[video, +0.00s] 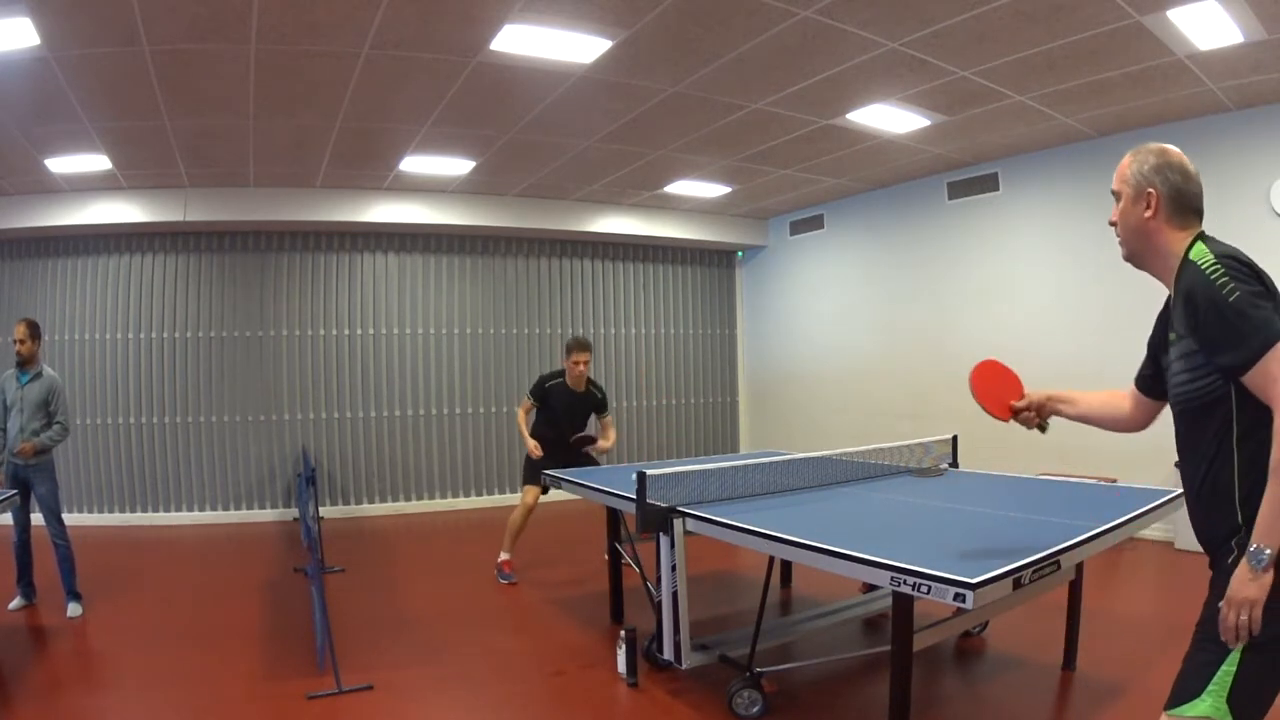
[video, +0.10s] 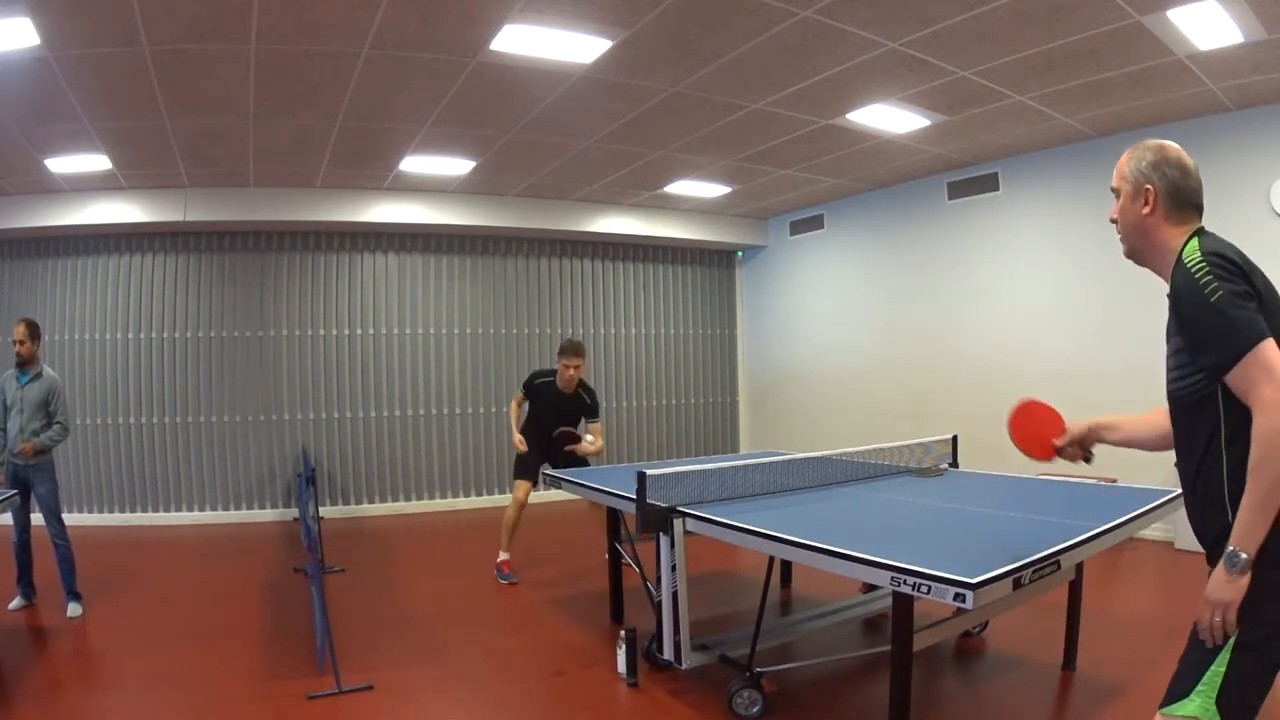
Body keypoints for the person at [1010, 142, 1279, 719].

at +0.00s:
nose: (1109, 218)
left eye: (1116, 199)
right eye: (1111, 200)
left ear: (1149, 205)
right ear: (1153, 206)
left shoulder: (1212, 282)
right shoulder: (1183, 299)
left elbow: (1278, 405)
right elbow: (1136, 410)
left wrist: (1259, 558)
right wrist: (1051, 402)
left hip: (1257, 561)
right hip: (1240, 555)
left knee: (1194, 712)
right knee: (1209, 709)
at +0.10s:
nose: (1111, 215)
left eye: (1115, 196)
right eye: (1111, 198)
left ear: (1147, 200)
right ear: (1155, 200)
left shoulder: (1200, 271)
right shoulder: (1202, 271)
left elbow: (1273, 401)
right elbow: (1195, 421)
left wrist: (1236, 560)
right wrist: (1094, 431)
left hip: (1260, 564)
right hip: (1259, 560)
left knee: (1191, 712)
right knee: (1203, 710)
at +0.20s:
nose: (1116, 226)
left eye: (1123, 207)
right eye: (1118, 208)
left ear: (1153, 212)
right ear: (1161, 212)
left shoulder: (1199, 286)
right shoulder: (1219, 275)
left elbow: (1266, 417)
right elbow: (1226, 428)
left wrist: (1214, 564)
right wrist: (1138, 465)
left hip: (1259, 567)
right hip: (1261, 560)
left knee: (1184, 711)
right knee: (1208, 707)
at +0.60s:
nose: (1109, 263)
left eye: (1117, 243)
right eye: (1108, 245)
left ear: (1164, 242)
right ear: (1160, 244)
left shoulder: (1239, 324)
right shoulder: (1173, 342)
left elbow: (1279, 477)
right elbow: (1133, 468)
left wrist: (1221, 612)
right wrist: (1040, 510)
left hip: (1275, 586)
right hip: (1249, 582)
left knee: (1206, 710)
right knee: (1261, 704)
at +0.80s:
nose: (1103, 379)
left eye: (1115, 351)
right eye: (1085, 358)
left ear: (1165, 311)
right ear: (1070, 338)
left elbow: (1279, 612)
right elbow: (1119, 396)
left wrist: (1273, 703)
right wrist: (1054, 447)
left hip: (1260, 635)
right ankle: (1233, 690)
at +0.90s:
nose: (1087, 431)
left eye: (1098, 403)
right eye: (1065, 408)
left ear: (1150, 348)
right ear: (1047, 380)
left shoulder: (1257, 441)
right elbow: (1138, 417)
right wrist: (1097, 473)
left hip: (1264, 633)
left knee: (1221, 708)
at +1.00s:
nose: (1057, 439)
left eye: (1063, 418)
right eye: (1043, 423)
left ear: (1114, 368)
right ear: (1111, 365)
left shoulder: (1254, 457)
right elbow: (1148, 444)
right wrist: (1142, 519)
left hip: (1266, 621)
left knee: (1225, 707)